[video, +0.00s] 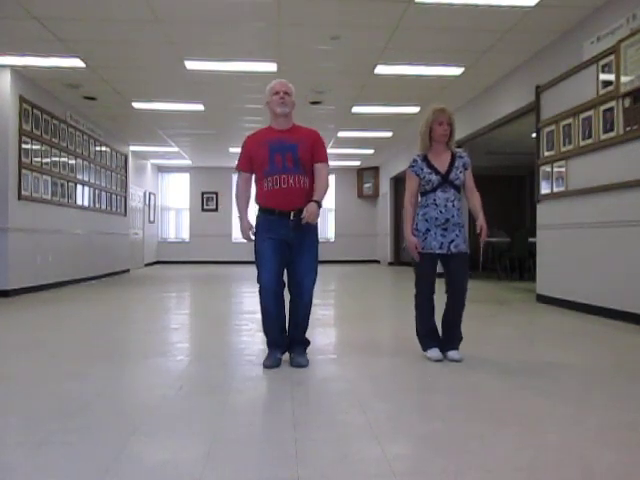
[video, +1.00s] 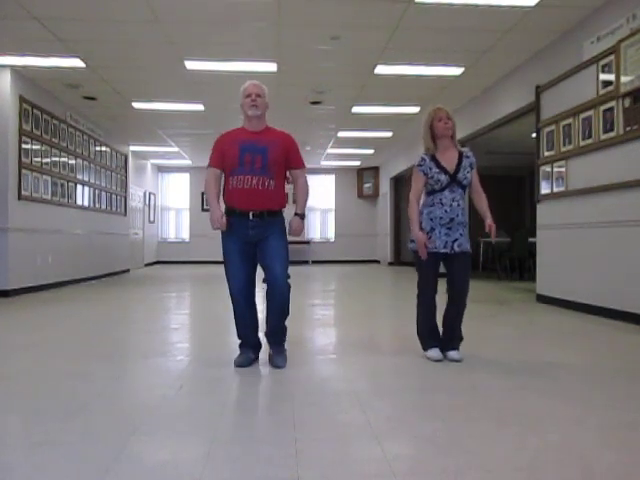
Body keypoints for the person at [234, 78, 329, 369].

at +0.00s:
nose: (282, 96)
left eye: (287, 93)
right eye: (276, 93)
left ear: (295, 102)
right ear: (267, 102)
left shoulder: (311, 137)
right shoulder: (254, 141)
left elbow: (322, 175)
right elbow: (243, 182)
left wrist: (316, 202)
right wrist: (243, 216)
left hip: (304, 220)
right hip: (269, 220)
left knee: (303, 287)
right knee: (268, 285)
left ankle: (298, 346)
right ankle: (275, 347)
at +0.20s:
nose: (279, 99)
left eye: (283, 96)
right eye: (273, 96)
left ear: (292, 105)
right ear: (264, 106)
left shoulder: (308, 140)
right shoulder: (251, 143)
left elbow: (321, 181)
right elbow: (239, 182)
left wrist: (315, 214)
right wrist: (235, 217)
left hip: (301, 223)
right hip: (265, 223)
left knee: (302, 290)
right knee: (256, 284)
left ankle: (297, 347)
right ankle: (262, 343)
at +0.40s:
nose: (271, 102)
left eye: (276, 99)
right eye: (265, 99)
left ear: (284, 108)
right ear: (257, 108)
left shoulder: (299, 145)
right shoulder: (242, 145)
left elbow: (315, 184)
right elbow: (229, 184)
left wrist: (316, 220)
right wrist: (226, 221)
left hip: (290, 227)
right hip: (253, 227)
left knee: (295, 292)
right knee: (251, 292)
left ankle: (297, 348)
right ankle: (248, 349)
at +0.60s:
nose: (261, 100)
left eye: (266, 96)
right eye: (256, 97)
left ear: (275, 105)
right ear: (248, 106)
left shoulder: (289, 142)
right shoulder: (231, 141)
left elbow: (302, 182)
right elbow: (216, 180)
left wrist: (305, 218)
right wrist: (221, 215)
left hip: (278, 224)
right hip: (241, 224)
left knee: (290, 286)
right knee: (243, 291)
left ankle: (296, 346)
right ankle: (248, 348)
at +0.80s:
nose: (255, 98)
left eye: (260, 94)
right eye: (250, 95)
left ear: (269, 102)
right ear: (242, 103)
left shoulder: (285, 139)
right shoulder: (227, 139)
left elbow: (297, 178)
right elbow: (211, 176)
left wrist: (296, 214)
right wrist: (216, 208)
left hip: (274, 222)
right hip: (236, 222)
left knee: (281, 283)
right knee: (240, 288)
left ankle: (277, 344)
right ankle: (248, 346)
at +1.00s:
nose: (254, 99)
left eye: (259, 95)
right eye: (248, 95)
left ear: (267, 103)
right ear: (240, 104)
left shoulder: (284, 140)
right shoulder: (225, 140)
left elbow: (299, 178)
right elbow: (212, 177)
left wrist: (299, 214)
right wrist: (214, 208)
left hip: (272, 221)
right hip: (235, 221)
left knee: (279, 280)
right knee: (239, 288)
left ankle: (277, 343)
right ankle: (248, 346)